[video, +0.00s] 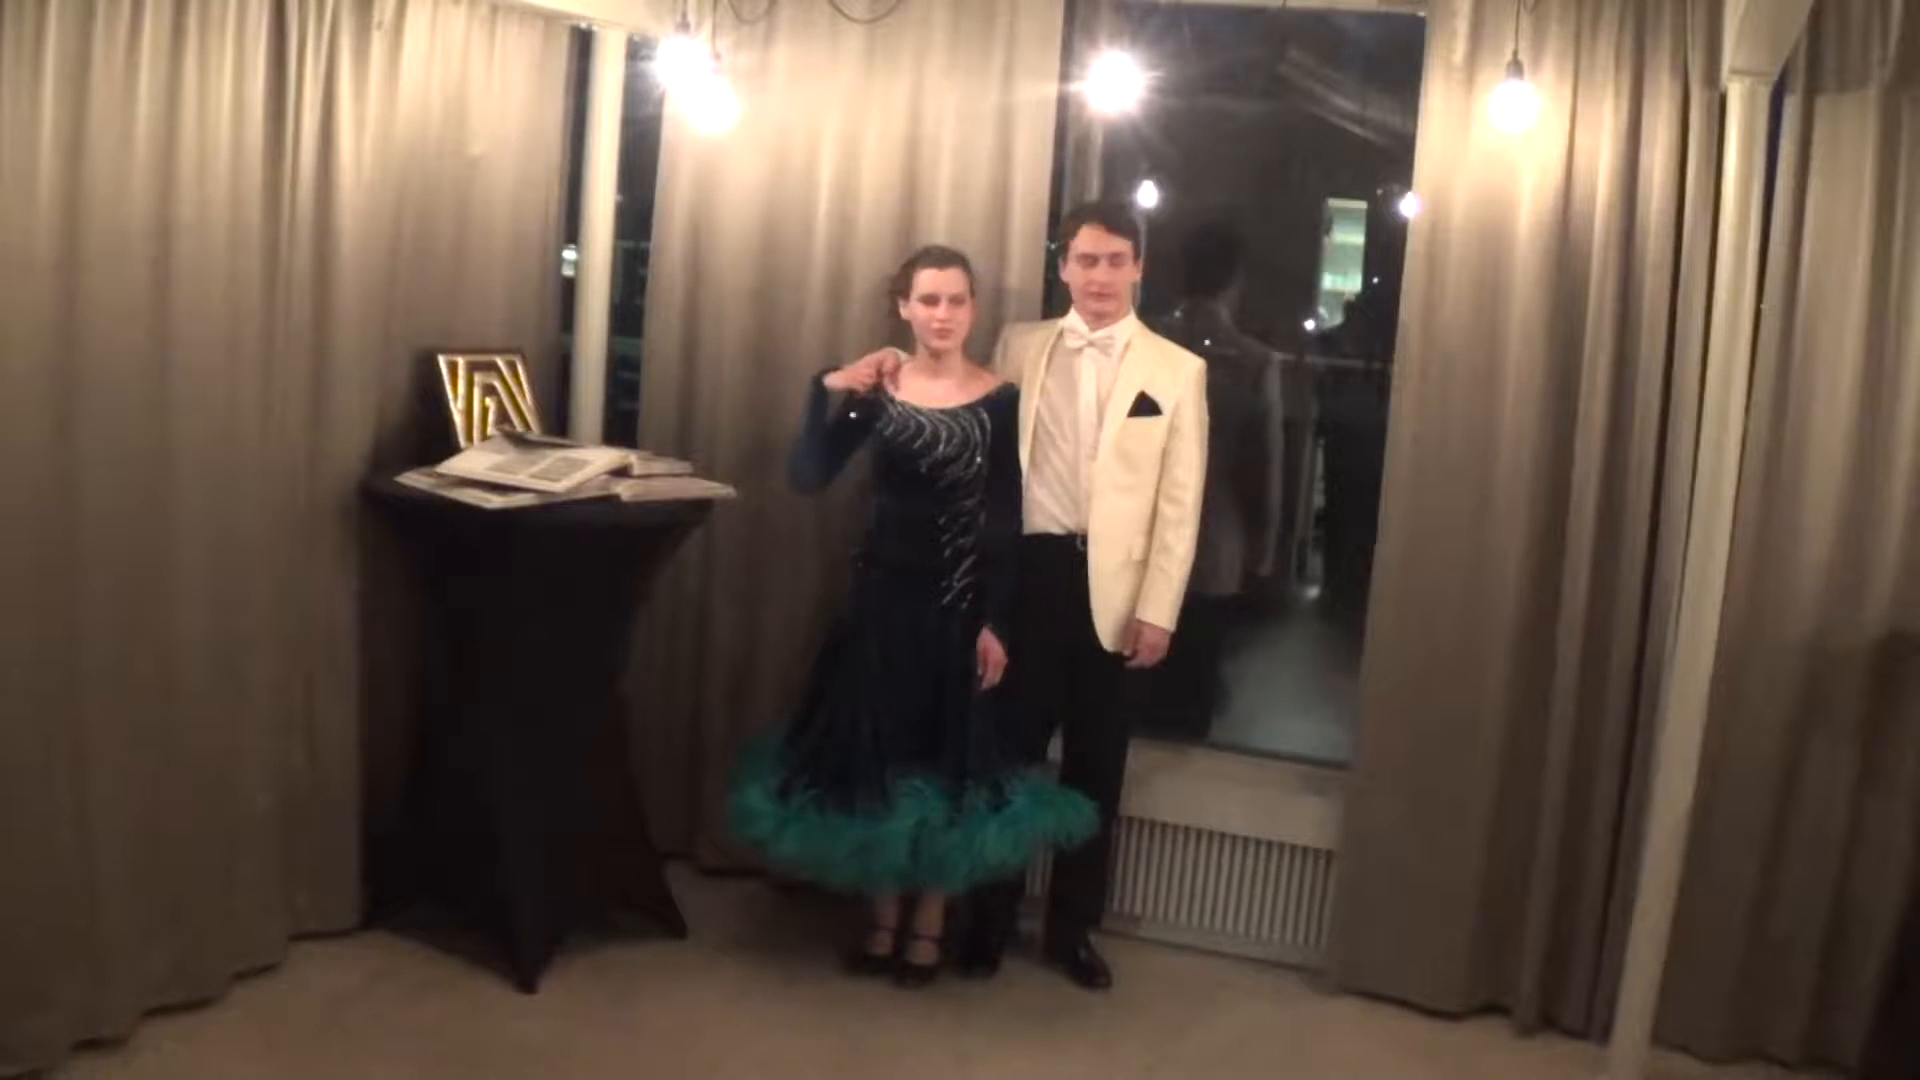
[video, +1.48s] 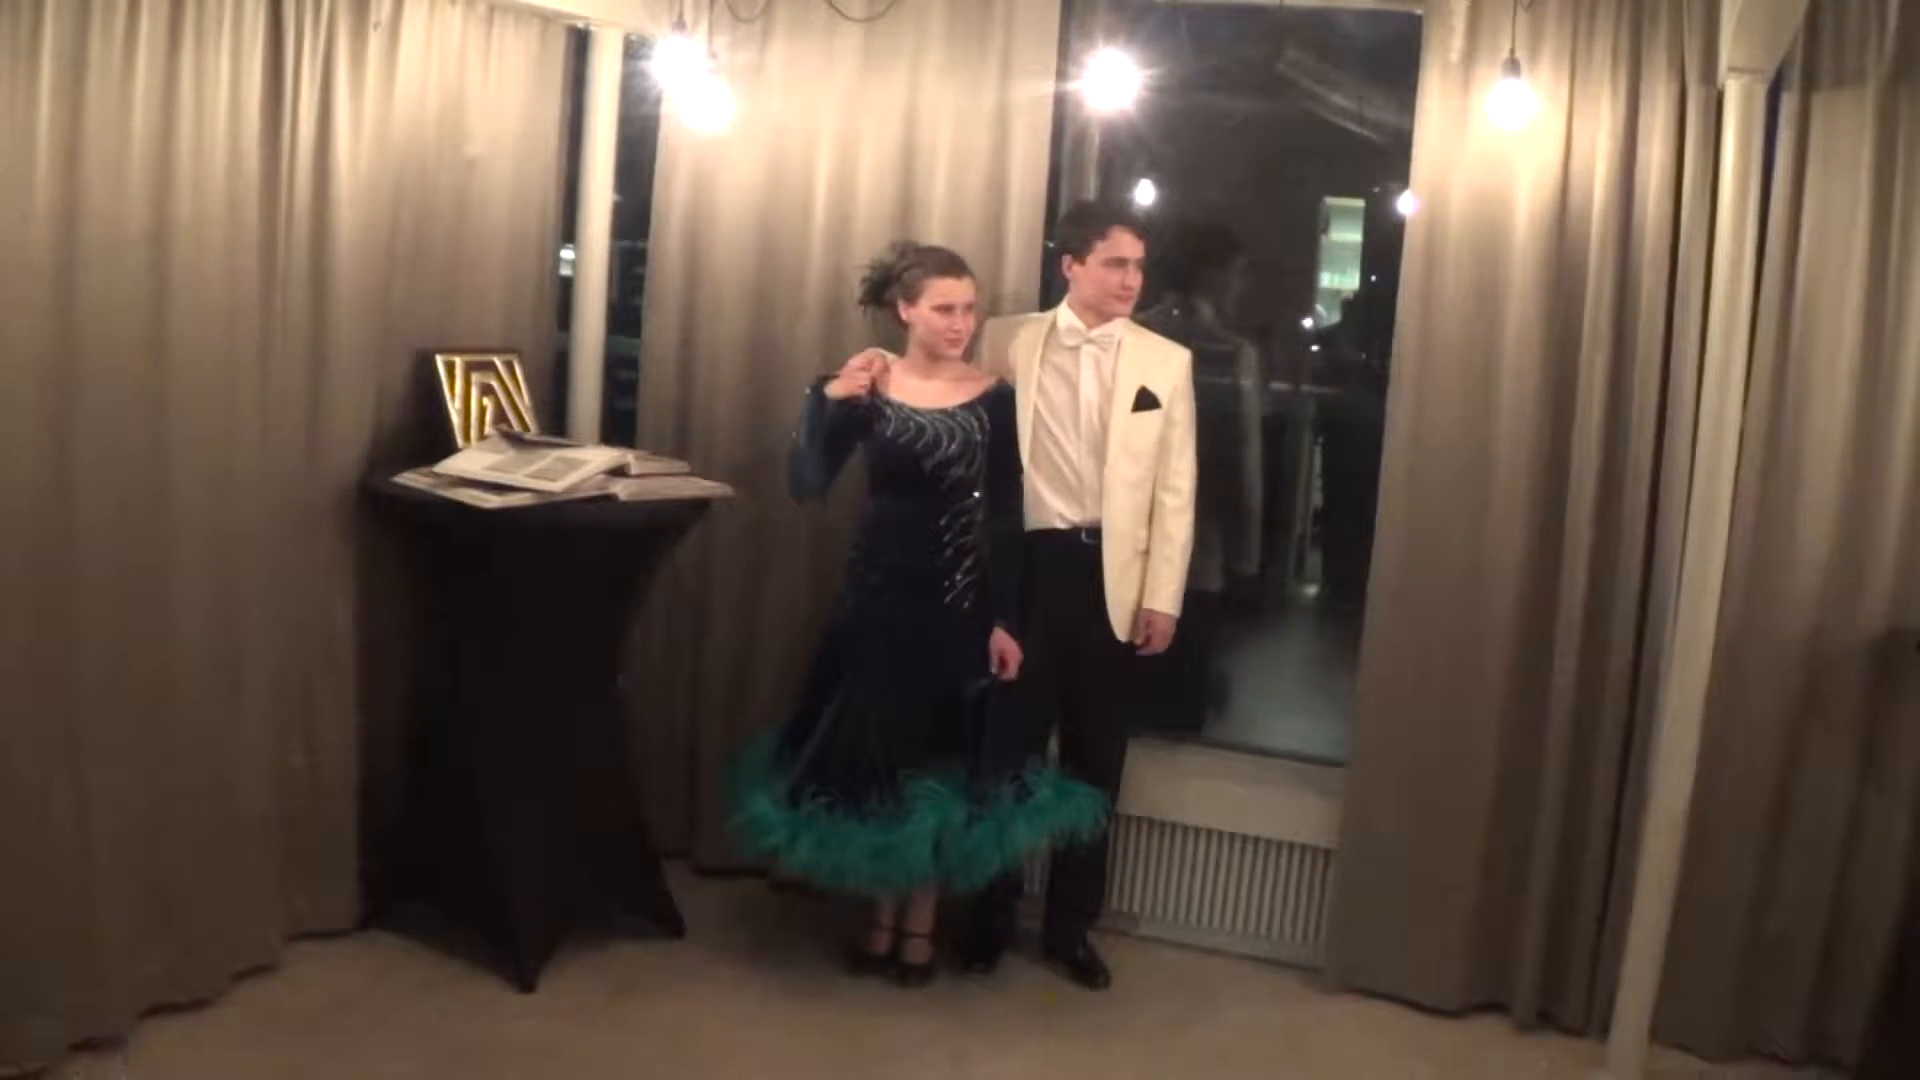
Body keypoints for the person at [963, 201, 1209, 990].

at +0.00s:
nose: (1099, 274)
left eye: (1114, 260)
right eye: (1085, 259)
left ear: (1139, 271)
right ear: (1063, 268)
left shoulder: (1178, 371)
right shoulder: (1022, 348)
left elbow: (1180, 501)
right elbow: (977, 445)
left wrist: (1160, 607)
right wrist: (898, 368)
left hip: (1112, 584)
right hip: (1023, 571)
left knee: (1096, 769)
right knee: (1008, 746)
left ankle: (1073, 930)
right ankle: (985, 923)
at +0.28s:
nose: (1122, 280)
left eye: (1134, 268)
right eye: (1107, 264)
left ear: (1147, 279)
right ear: (1070, 269)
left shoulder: (1178, 371)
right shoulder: (1021, 344)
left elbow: (1180, 500)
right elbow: (974, 441)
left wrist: (1161, 606)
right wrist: (893, 368)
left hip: (1113, 582)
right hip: (1022, 568)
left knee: (1098, 764)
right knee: (1009, 744)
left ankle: (1073, 929)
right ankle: (985, 923)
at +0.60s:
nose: (1129, 284)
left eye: (1140, 271)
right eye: (1114, 267)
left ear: (1151, 281)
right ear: (1072, 271)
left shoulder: (1176, 369)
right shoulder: (1018, 344)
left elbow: (1182, 498)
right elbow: (976, 454)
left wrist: (1165, 603)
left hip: (1114, 580)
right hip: (1024, 569)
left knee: (1099, 762)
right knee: (1010, 745)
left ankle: (1073, 929)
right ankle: (984, 922)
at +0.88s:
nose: (1134, 283)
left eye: (1143, 270)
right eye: (1119, 267)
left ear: (1150, 280)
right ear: (1074, 270)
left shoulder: (1172, 369)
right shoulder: (1015, 344)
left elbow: (1179, 496)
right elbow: (973, 456)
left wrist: (1164, 600)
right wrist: (966, 568)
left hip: (1113, 578)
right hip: (1021, 568)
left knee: (1098, 760)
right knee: (1008, 742)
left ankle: (1074, 929)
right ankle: (982, 923)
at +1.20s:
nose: (1133, 281)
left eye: (1141, 268)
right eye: (1118, 265)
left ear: (1147, 278)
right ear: (1072, 268)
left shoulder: (1169, 366)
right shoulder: (1011, 342)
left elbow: (1177, 492)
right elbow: (971, 456)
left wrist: (1163, 597)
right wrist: (965, 566)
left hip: (1112, 576)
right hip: (1021, 567)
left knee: (1097, 758)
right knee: (1008, 742)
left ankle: (1073, 928)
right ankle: (982, 922)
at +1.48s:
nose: (1131, 280)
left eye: (1139, 267)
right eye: (1116, 264)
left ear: (1145, 276)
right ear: (1069, 267)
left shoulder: (1167, 363)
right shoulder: (1009, 342)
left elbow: (1176, 490)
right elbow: (969, 455)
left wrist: (1163, 597)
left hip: (1113, 573)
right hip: (1022, 565)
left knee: (1097, 753)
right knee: (1008, 740)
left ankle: (1071, 926)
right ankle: (985, 919)